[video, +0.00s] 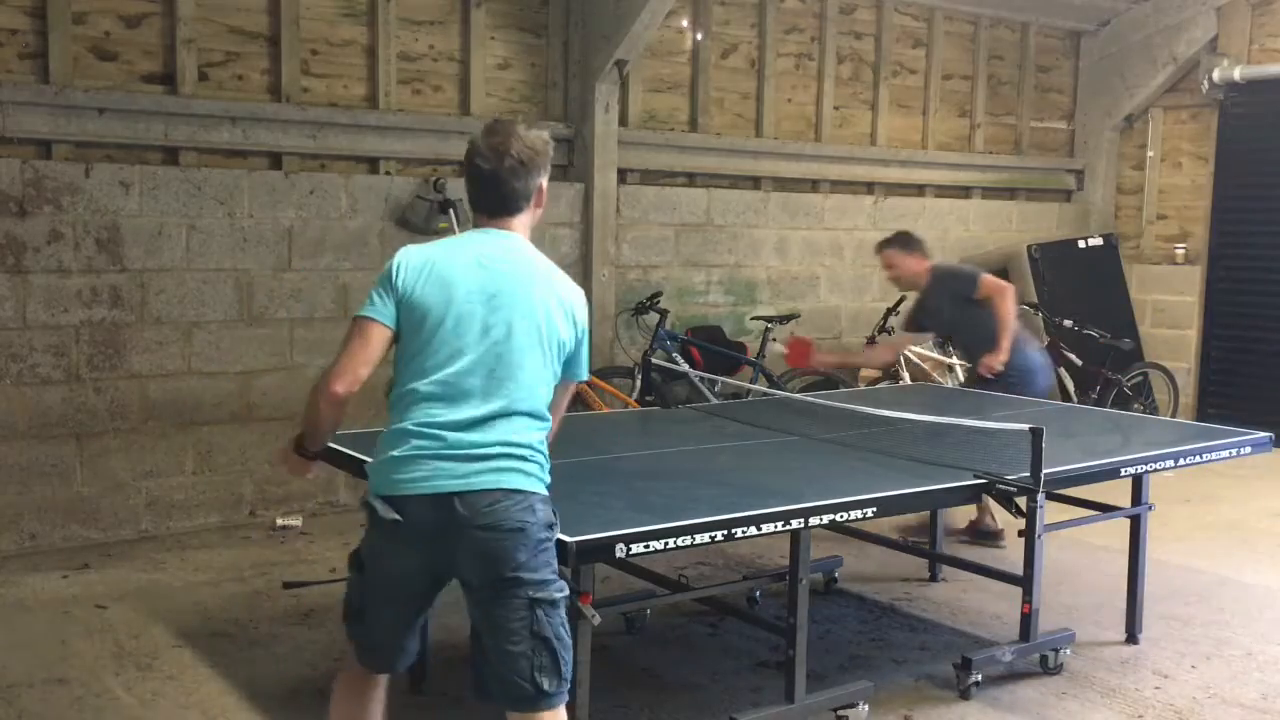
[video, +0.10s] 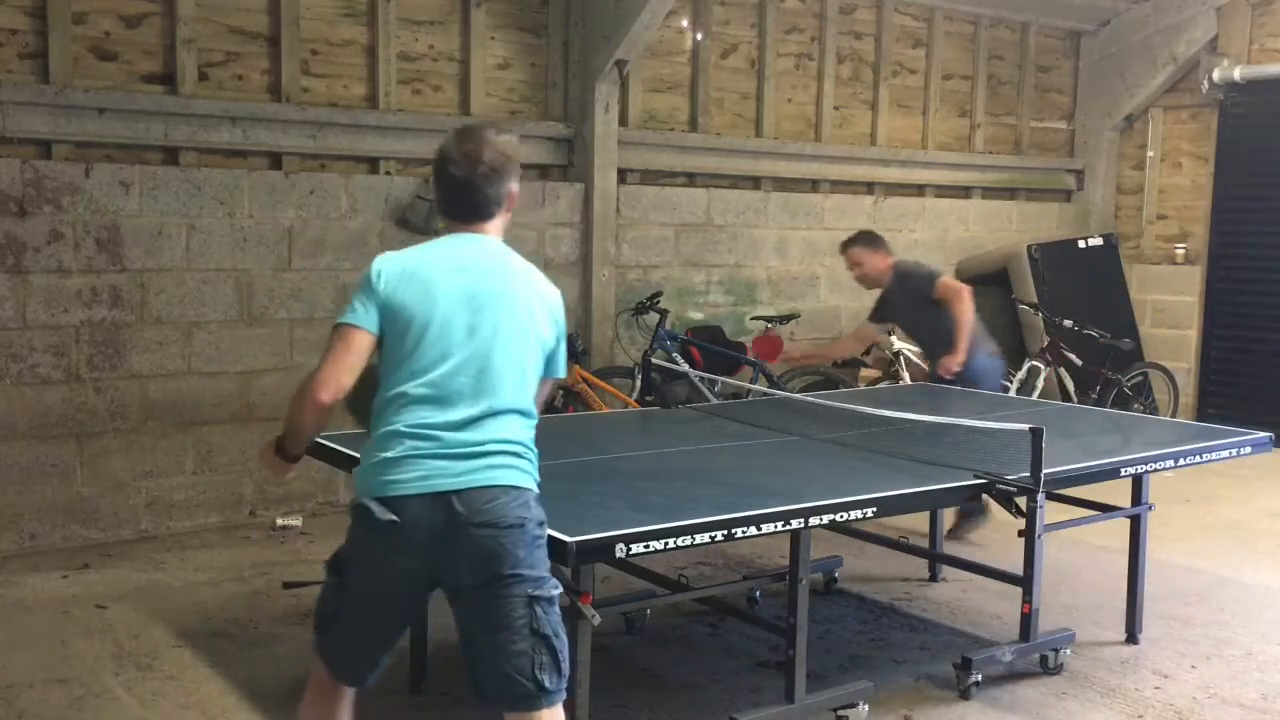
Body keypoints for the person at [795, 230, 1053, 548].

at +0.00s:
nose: (888, 276)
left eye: (891, 267)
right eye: (885, 269)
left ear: (916, 258)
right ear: (905, 263)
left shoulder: (946, 276)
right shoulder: (925, 306)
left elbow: (1004, 291)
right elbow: (889, 354)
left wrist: (1001, 349)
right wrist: (824, 360)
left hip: (1022, 371)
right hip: (998, 375)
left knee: (952, 432)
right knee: (965, 434)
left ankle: (935, 520)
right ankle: (985, 518)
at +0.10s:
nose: (854, 275)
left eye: (857, 265)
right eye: (850, 268)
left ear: (880, 256)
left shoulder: (909, 275)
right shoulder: (889, 300)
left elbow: (961, 293)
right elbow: (853, 343)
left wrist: (958, 352)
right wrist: (798, 354)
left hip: (977, 365)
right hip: (948, 371)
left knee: (970, 435)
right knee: (944, 435)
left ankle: (973, 506)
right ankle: (972, 506)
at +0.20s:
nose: (828, 276)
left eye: (833, 266)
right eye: (825, 270)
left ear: (857, 259)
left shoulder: (878, 279)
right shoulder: (863, 299)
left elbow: (913, 311)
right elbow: (848, 348)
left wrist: (902, 367)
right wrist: (799, 372)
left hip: (933, 384)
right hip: (909, 385)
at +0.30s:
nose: (804, 279)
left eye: (809, 270)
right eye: (800, 274)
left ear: (832, 262)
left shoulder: (853, 280)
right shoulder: (839, 307)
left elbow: (874, 317)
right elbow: (840, 357)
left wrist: (844, 364)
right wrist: (811, 384)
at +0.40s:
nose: (782, 290)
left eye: (786, 280)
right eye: (778, 285)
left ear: (808, 271)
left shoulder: (827, 283)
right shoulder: (825, 310)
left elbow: (857, 309)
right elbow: (841, 369)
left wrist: (825, 348)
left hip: (894, 375)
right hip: (873, 375)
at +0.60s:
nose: (763, 306)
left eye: (764, 297)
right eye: (758, 303)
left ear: (784, 284)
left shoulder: (808, 296)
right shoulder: (804, 309)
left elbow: (863, 322)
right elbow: (838, 346)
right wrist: (827, 382)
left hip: (888, 372)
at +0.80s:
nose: (794, 290)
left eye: (798, 281)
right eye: (791, 284)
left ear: (819, 272)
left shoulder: (852, 293)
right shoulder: (815, 307)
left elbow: (908, 320)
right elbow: (829, 347)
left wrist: (938, 362)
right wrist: (815, 384)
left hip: (895, 374)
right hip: (856, 377)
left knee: (892, 439)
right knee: (852, 437)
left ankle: (893, 505)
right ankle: (857, 501)